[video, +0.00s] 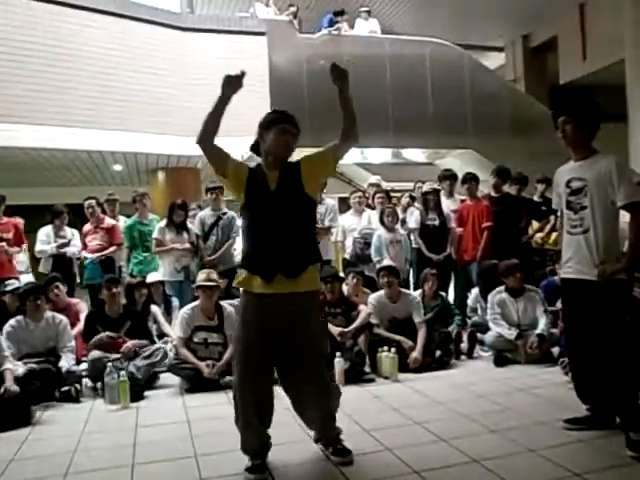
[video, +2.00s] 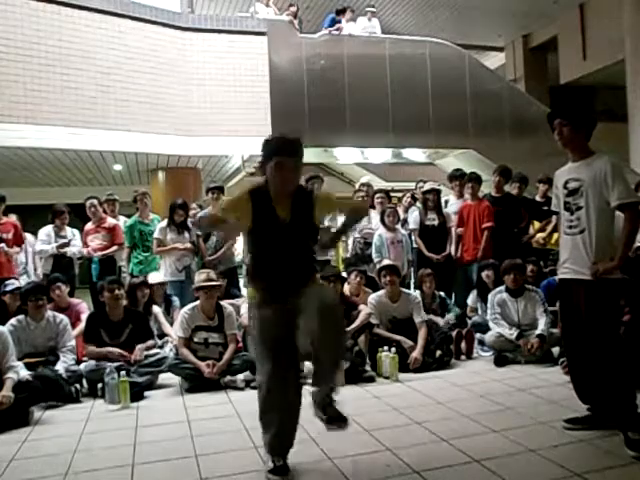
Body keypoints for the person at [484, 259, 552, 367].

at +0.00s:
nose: (518, 276)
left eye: (519, 272)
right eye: (513, 275)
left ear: (523, 274)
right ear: (504, 279)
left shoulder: (535, 293)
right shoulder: (495, 297)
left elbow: (543, 316)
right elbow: (494, 320)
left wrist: (539, 335)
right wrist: (515, 335)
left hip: (530, 331)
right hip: (508, 332)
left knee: (553, 336)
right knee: (491, 339)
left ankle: (512, 357)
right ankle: (538, 356)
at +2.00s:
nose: (513, 278)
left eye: (517, 274)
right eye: (508, 274)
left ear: (523, 276)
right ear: (503, 277)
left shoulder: (535, 293)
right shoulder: (495, 296)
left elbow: (544, 316)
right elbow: (494, 320)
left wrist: (540, 336)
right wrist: (517, 336)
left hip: (531, 332)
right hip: (509, 333)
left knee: (555, 335)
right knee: (491, 338)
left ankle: (514, 357)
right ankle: (538, 355)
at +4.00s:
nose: (517, 280)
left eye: (521, 276)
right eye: (513, 277)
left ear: (528, 279)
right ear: (508, 280)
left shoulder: (539, 296)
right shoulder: (499, 299)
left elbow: (548, 319)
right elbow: (498, 323)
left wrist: (544, 339)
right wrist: (522, 339)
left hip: (535, 335)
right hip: (512, 335)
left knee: (559, 338)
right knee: (495, 341)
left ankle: (519, 360)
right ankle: (542, 358)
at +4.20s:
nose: (517, 280)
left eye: (521, 276)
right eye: (513, 277)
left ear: (528, 279)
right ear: (508, 280)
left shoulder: (539, 297)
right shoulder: (499, 299)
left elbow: (548, 319)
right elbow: (498, 323)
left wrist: (544, 339)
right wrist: (522, 339)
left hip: (535, 335)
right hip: (513, 336)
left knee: (559, 338)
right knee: (495, 341)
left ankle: (519, 360)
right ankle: (542, 358)